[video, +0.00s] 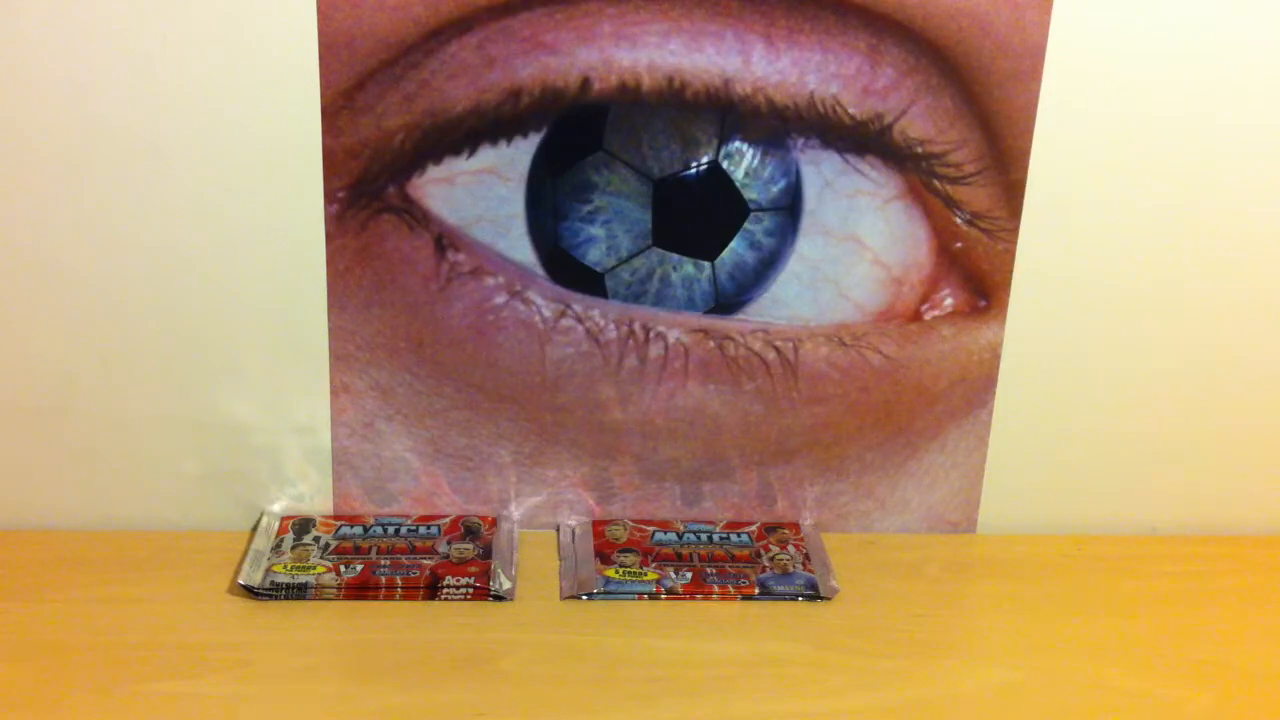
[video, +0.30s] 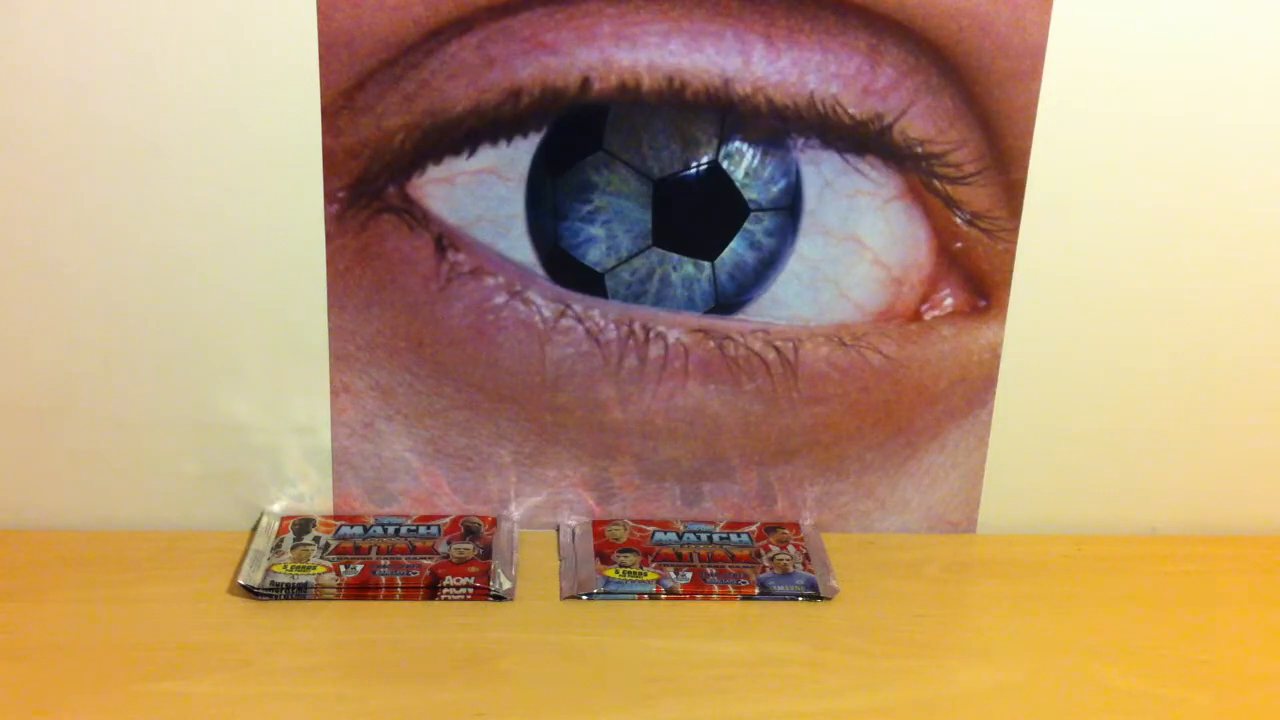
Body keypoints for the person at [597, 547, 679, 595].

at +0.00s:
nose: (621, 560)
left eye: (626, 557)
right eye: (619, 557)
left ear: (638, 558)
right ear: (616, 558)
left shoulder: (650, 573)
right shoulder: (610, 571)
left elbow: (665, 582)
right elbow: (597, 586)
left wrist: (672, 588)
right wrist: (597, 574)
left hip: (642, 604)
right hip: (613, 604)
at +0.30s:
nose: (621, 560)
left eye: (626, 557)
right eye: (619, 557)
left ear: (638, 558)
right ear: (617, 558)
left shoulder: (650, 573)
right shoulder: (610, 571)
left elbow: (665, 583)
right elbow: (597, 587)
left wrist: (673, 588)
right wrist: (597, 574)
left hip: (642, 604)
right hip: (614, 604)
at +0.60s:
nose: (621, 560)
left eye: (626, 557)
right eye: (619, 557)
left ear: (638, 558)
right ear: (617, 558)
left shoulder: (650, 573)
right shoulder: (610, 571)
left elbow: (665, 582)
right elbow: (597, 586)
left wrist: (672, 588)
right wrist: (597, 574)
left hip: (642, 604)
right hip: (614, 604)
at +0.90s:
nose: (621, 560)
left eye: (626, 557)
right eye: (619, 557)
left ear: (638, 558)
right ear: (617, 558)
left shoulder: (651, 573)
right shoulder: (609, 572)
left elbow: (668, 585)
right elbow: (597, 588)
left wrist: (674, 588)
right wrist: (597, 573)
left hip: (641, 606)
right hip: (612, 606)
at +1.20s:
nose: (621, 560)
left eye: (625, 557)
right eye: (619, 557)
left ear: (638, 558)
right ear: (616, 559)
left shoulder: (651, 573)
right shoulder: (610, 572)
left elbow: (667, 584)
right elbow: (597, 587)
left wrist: (673, 588)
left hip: (642, 606)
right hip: (613, 606)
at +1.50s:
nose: (621, 560)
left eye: (625, 557)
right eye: (619, 557)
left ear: (638, 558)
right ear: (616, 559)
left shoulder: (651, 573)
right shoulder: (610, 572)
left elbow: (667, 584)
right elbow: (597, 587)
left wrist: (673, 588)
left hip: (642, 606)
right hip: (613, 605)